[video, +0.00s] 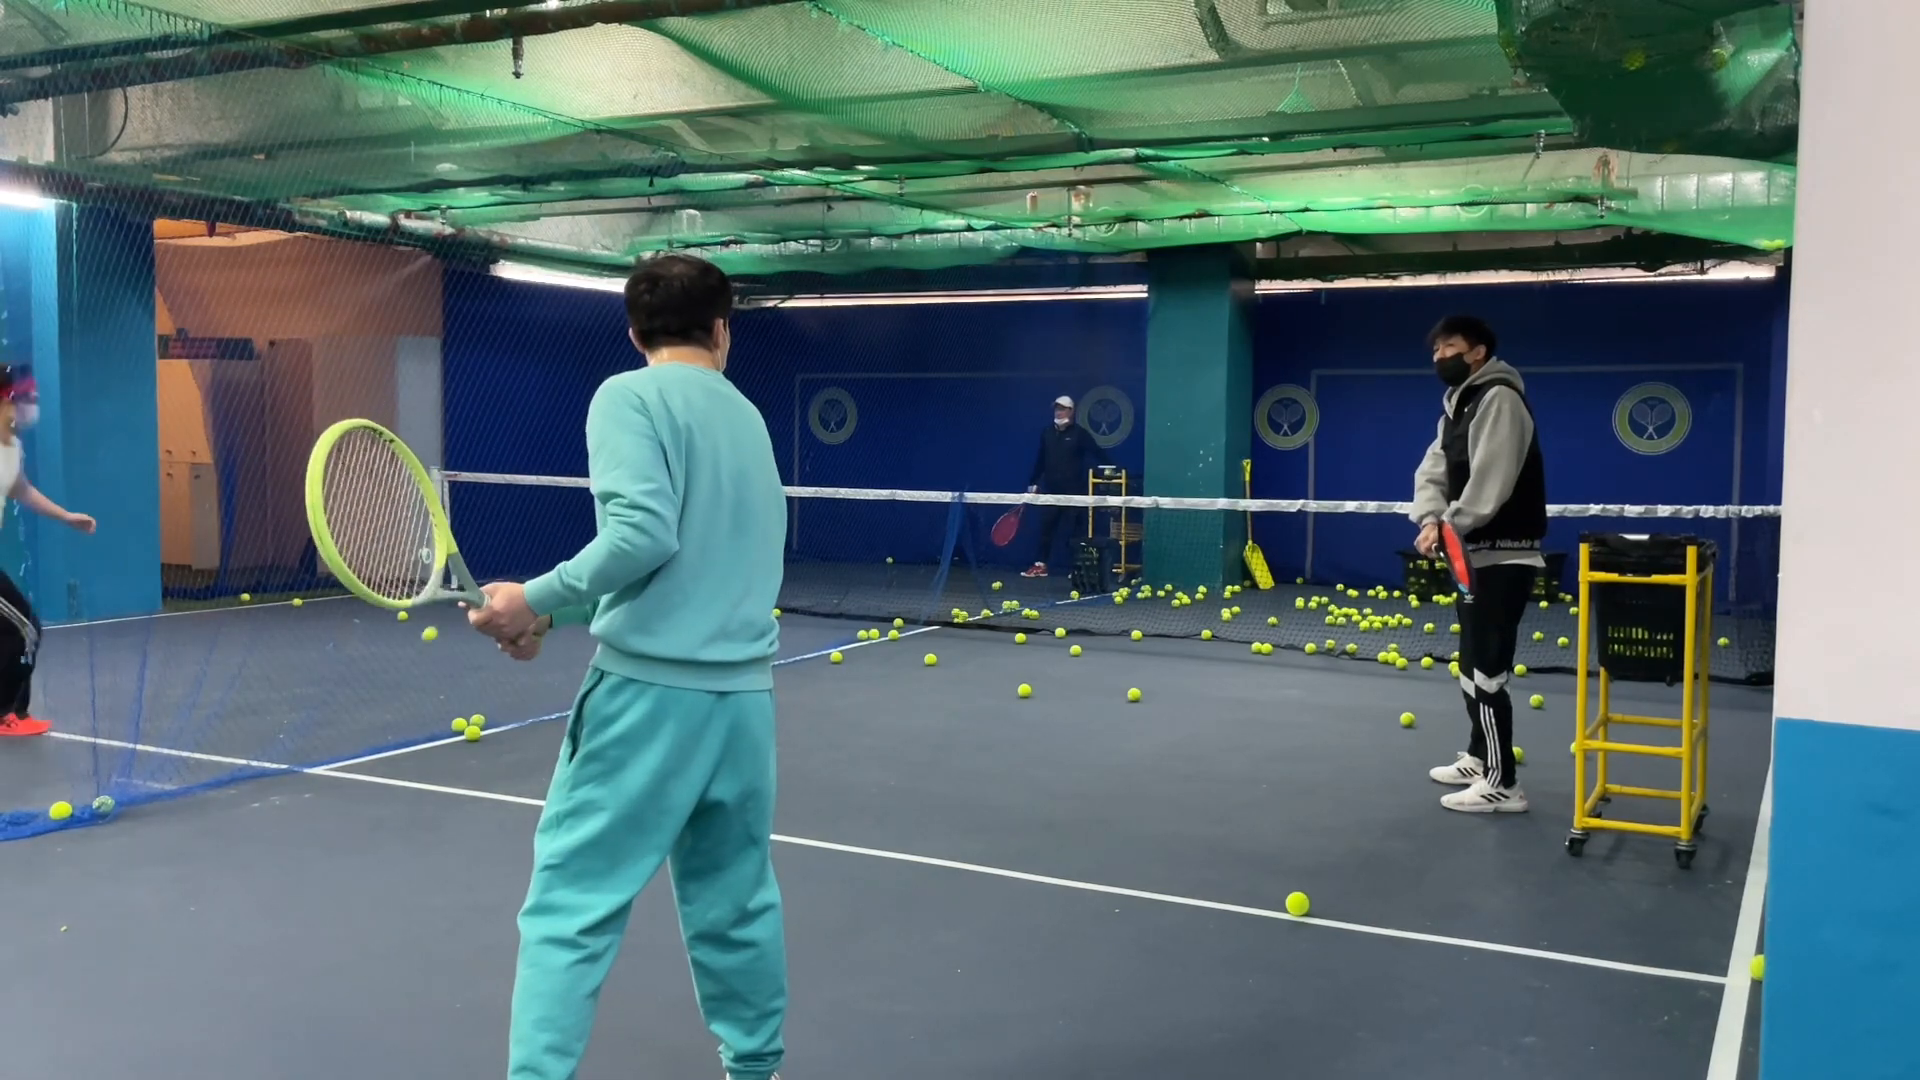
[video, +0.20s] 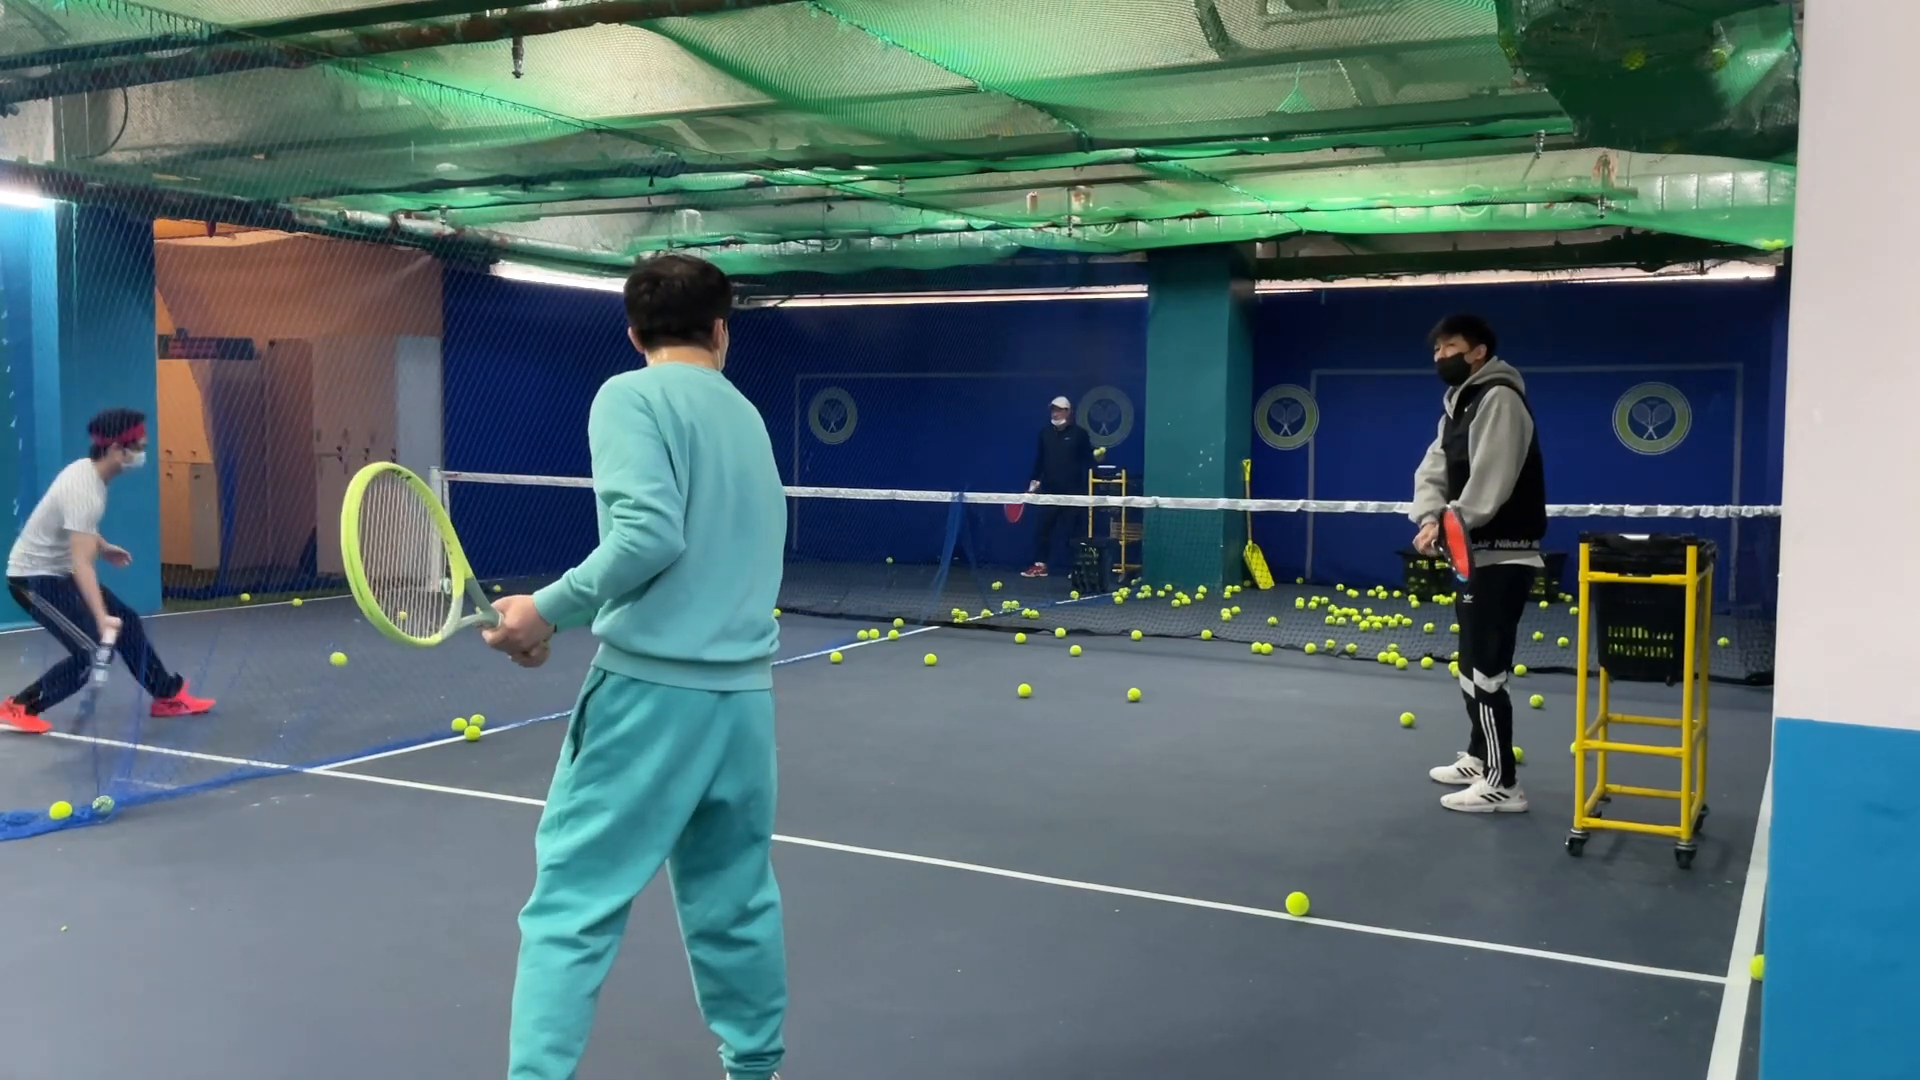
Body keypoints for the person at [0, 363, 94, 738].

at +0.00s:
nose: (27, 408)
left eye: (28, 400)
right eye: (21, 399)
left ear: (17, 403)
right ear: (4, 400)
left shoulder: (12, 445)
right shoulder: (1, 444)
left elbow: (21, 489)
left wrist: (66, 517)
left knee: (24, 625)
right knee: (23, 627)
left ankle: (14, 712)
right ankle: (7, 713)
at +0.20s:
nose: (142, 456)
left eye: (142, 448)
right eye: (137, 448)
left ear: (117, 452)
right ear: (115, 451)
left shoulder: (96, 480)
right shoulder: (81, 487)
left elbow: (79, 529)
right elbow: (81, 562)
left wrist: (103, 548)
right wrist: (102, 618)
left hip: (63, 569)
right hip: (34, 577)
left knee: (124, 624)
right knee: (94, 649)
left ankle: (167, 694)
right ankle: (20, 706)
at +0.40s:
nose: (201, 459)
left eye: (202, 451)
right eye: (197, 452)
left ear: (169, 451)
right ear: (177, 454)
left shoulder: (136, 465)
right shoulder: (149, 496)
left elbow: (101, 512)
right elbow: (170, 559)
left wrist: (126, 549)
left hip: (109, 565)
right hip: (80, 572)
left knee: (163, 611)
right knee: (127, 653)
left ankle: (171, 695)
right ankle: (41, 695)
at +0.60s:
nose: (202, 426)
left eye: (202, 418)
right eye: (198, 419)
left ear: (163, 417)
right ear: (180, 422)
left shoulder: (128, 438)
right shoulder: (172, 466)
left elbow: (94, 479)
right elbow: (190, 514)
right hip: (101, 549)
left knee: (159, 608)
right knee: (137, 641)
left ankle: (171, 693)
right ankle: (53, 687)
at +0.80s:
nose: (166, 403)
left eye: (165, 396)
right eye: (161, 397)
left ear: (123, 401)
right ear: (144, 404)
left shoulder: (86, 436)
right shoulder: (153, 448)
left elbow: (69, 484)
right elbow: (186, 472)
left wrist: (108, 474)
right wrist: (163, 459)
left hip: (86, 551)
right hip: (118, 552)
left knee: (157, 611)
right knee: (154, 636)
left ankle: (170, 694)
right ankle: (89, 706)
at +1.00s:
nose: (119, 392)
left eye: (117, 384)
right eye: (114, 386)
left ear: (73, 391)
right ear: (98, 394)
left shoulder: (37, 434)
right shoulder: (115, 437)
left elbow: (30, 483)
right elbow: (146, 441)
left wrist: (67, 472)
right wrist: (101, 430)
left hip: (53, 555)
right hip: (97, 550)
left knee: (104, 630)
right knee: (131, 633)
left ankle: (144, 691)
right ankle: (78, 719)